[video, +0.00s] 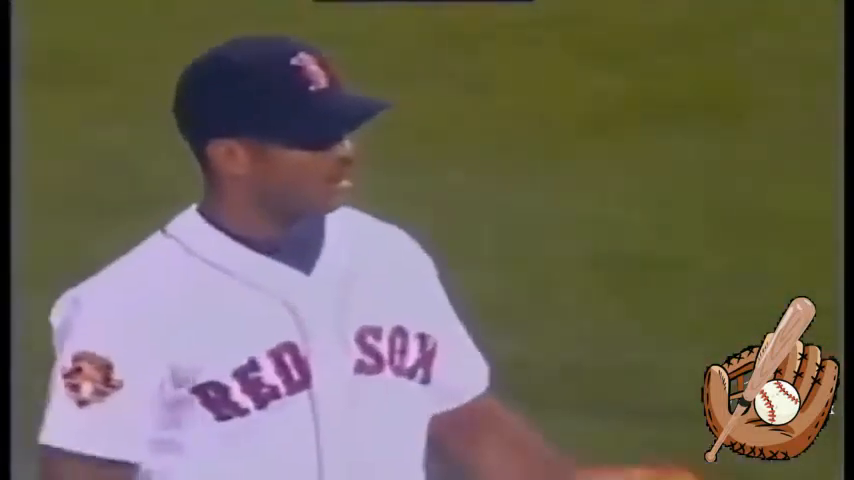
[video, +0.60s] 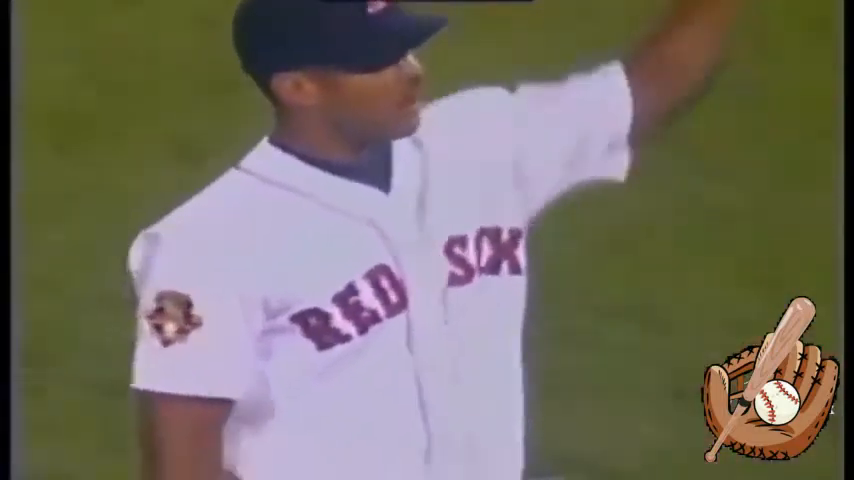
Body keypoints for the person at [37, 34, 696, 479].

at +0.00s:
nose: (351, 152)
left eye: (348, 130)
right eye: (322, 137)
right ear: (232, 158)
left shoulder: (392, 258)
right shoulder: (118, 310)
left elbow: (473, 427)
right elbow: (79, 473)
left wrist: (583, 476)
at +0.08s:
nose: (366, 146)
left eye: (363, 125)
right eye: (337, 132)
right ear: (250, 151)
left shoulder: (415, 255)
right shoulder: (135, 303)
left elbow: (507, 406)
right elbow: (89, 470)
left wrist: (609, 449)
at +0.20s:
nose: (385, 133)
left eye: (381, 110)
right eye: (354, 117)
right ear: (264, 139)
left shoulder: (440, 242)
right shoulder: (153, 292)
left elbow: (558, 369)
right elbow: (112, 469)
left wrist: (667, 379)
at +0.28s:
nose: (392, 121)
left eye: (386, 99)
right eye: (361, 108)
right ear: (274, 133)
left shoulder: (457, 236)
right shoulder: (160, 286)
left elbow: (593, 352)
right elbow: (127, 469)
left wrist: (677, 322)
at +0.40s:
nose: (396, 101)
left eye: (389, 80)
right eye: (364, 90)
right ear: (277, 116)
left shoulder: (472, 211)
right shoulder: (172, 265)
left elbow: (636, 278)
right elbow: (140, 465)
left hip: (462, 473)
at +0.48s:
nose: (398, 92)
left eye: (391, 71)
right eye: (367, 83)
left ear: (394, 62)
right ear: (282, 109)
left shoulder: (476, 188)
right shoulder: (178, 259)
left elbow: (654, 202)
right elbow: (145, 467)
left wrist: (733, 111)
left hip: (471, 471)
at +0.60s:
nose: (414, 68)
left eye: (407, 47)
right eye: (382, 58)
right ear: (298, 88)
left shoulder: (486, 141)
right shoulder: (205, 244)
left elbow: (649, 86)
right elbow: (183, 460)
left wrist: (724, 0)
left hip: (494, 462)